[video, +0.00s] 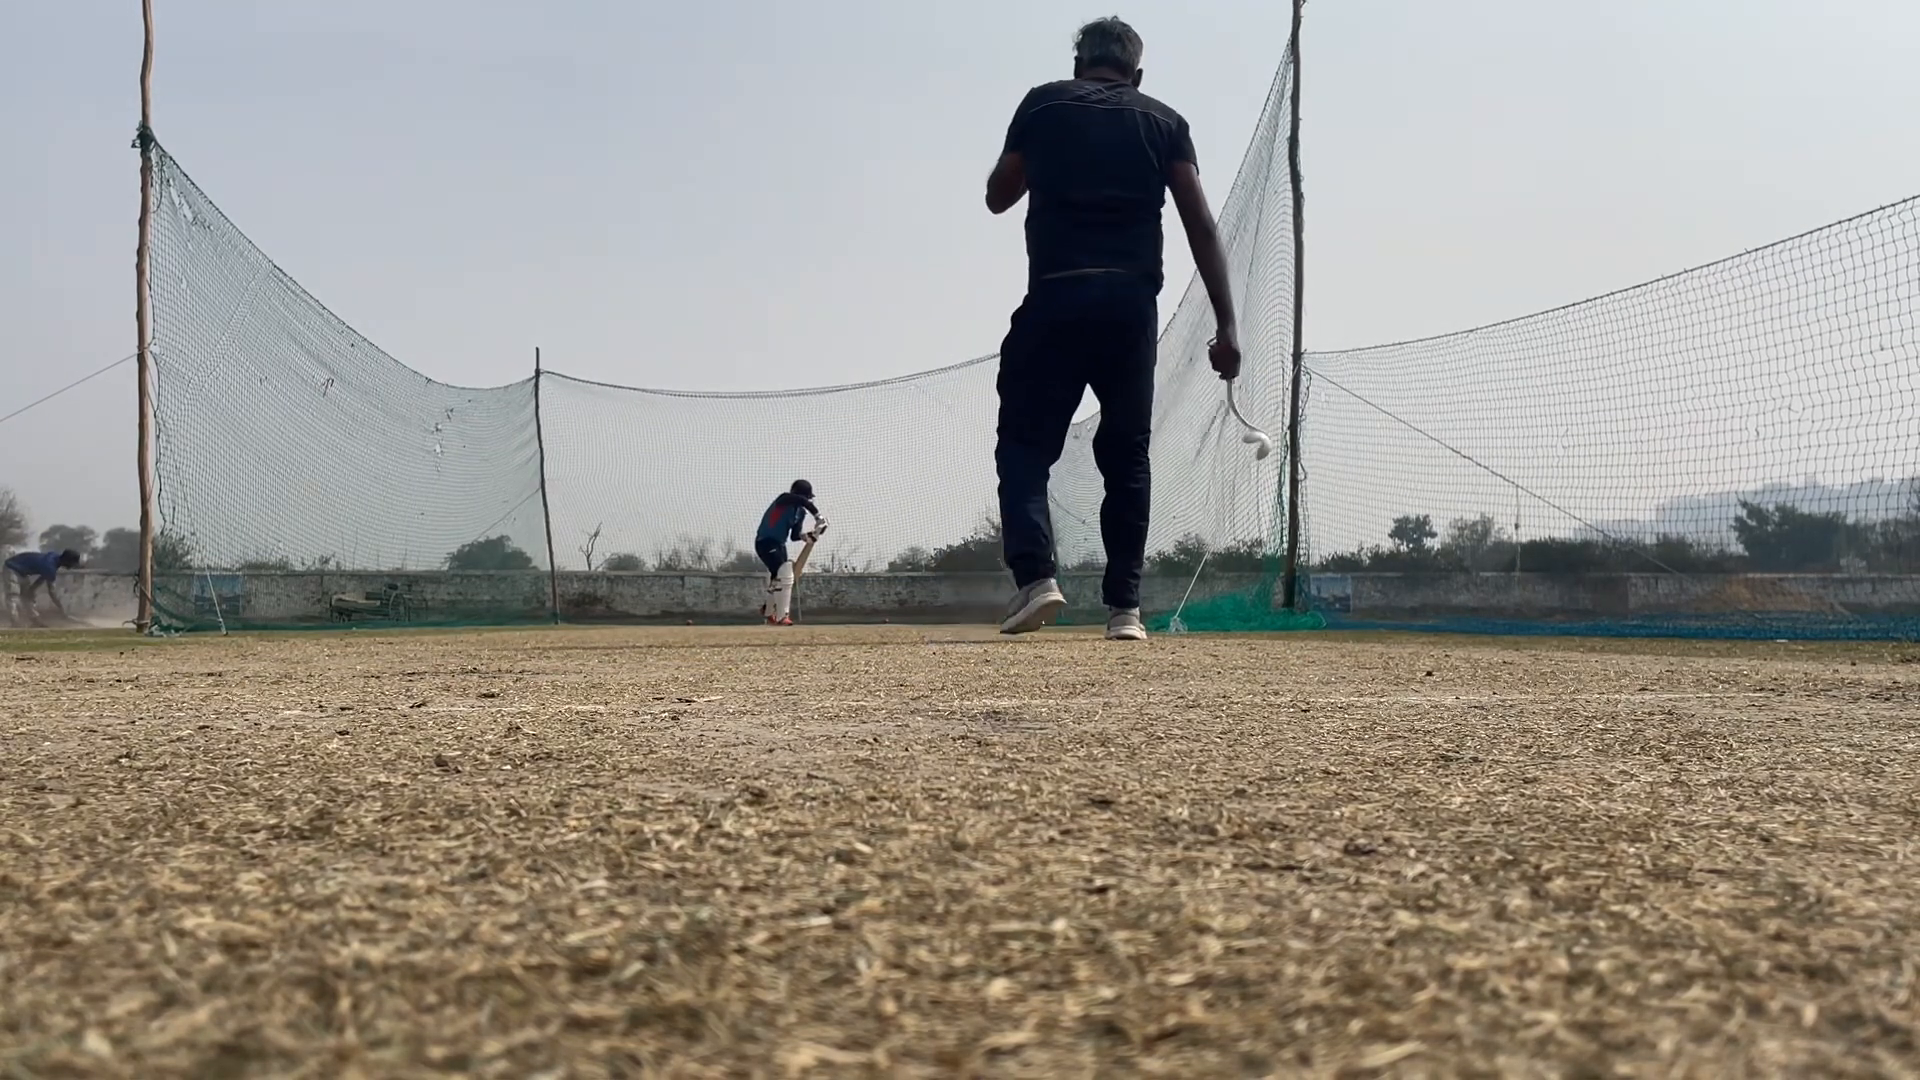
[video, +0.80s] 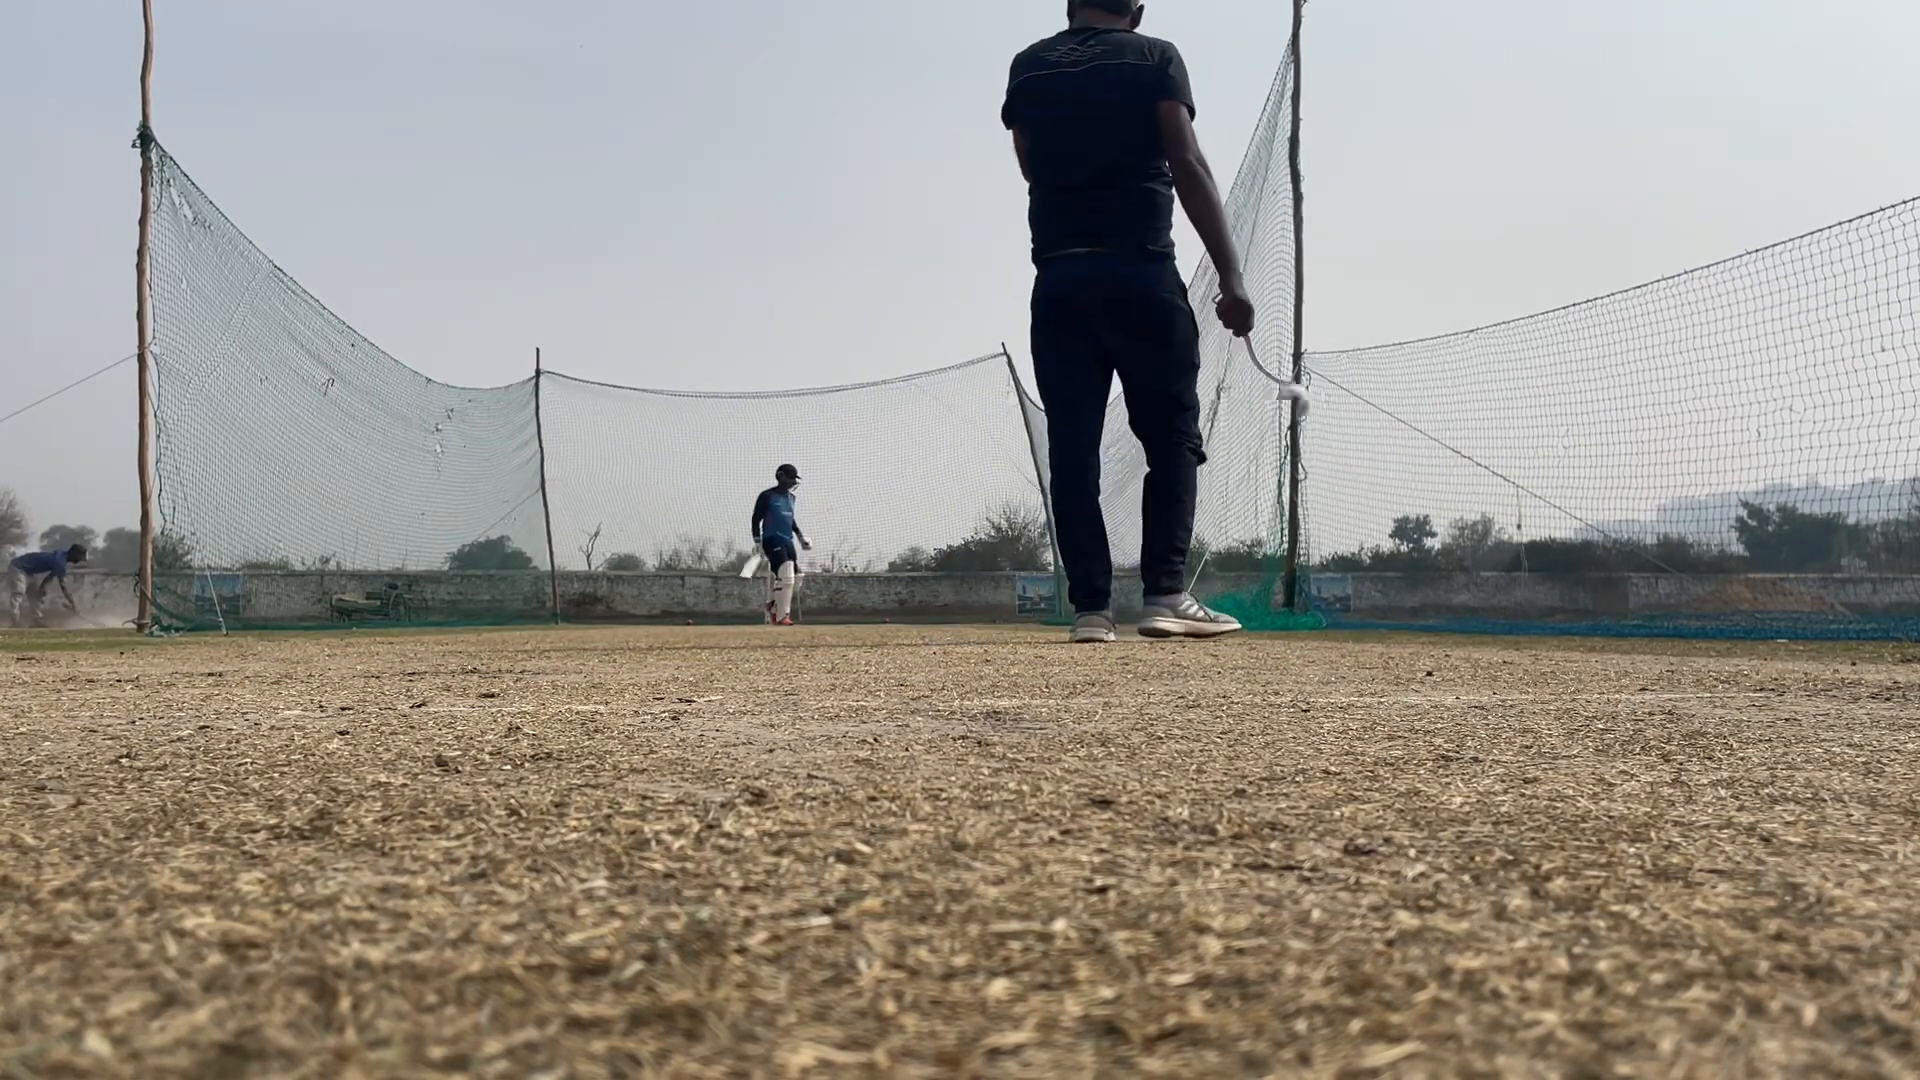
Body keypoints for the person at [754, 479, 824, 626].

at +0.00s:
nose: (808, 501)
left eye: (809, 498)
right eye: (807, 498)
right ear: (800, 495)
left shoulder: (800, 512)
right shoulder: (784, 498)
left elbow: (794, 536)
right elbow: (805, 502)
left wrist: (806, 536)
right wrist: (818, 517)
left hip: (778, 544)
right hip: (766, 541)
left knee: (777, 578)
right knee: (785, 574)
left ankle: (770, 614)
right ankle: (782, 616)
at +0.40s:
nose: (804, 494)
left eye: (805, 491)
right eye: (802, 490)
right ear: (794, 488)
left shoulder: (797, 506)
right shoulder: (780, 497)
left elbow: (798, 521)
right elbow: (786, 505)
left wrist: (800, 533)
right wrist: (807, 517)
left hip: (779, 544)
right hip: (767, 541)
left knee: (781, 576)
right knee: (787, 573)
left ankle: (771, 612)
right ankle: (782, 615)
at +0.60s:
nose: (799, 485)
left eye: (800, 482)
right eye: (797, 481)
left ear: (797, 483)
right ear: (786, 480)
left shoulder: (795, 502)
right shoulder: (773, 498)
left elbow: (795, 527)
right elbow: (764, 521)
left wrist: (803, 546)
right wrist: (764, 541)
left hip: (787, 543)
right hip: (773, 543)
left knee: (786, 578)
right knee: (788, 576)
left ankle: (773, 607)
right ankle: (783, 615)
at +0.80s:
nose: (793, 482)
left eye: (794, 479)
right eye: (790, 478)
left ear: (793, 479)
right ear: (780, 477)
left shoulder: (790, 498)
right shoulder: (766, 496)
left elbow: (790, 520)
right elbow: (756, 519)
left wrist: (801, 537)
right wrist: (757, 540)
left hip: (787, 540)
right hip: (772, 539)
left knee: (795, 576)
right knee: (786, 573)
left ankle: (774, 606)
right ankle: (783, 615)